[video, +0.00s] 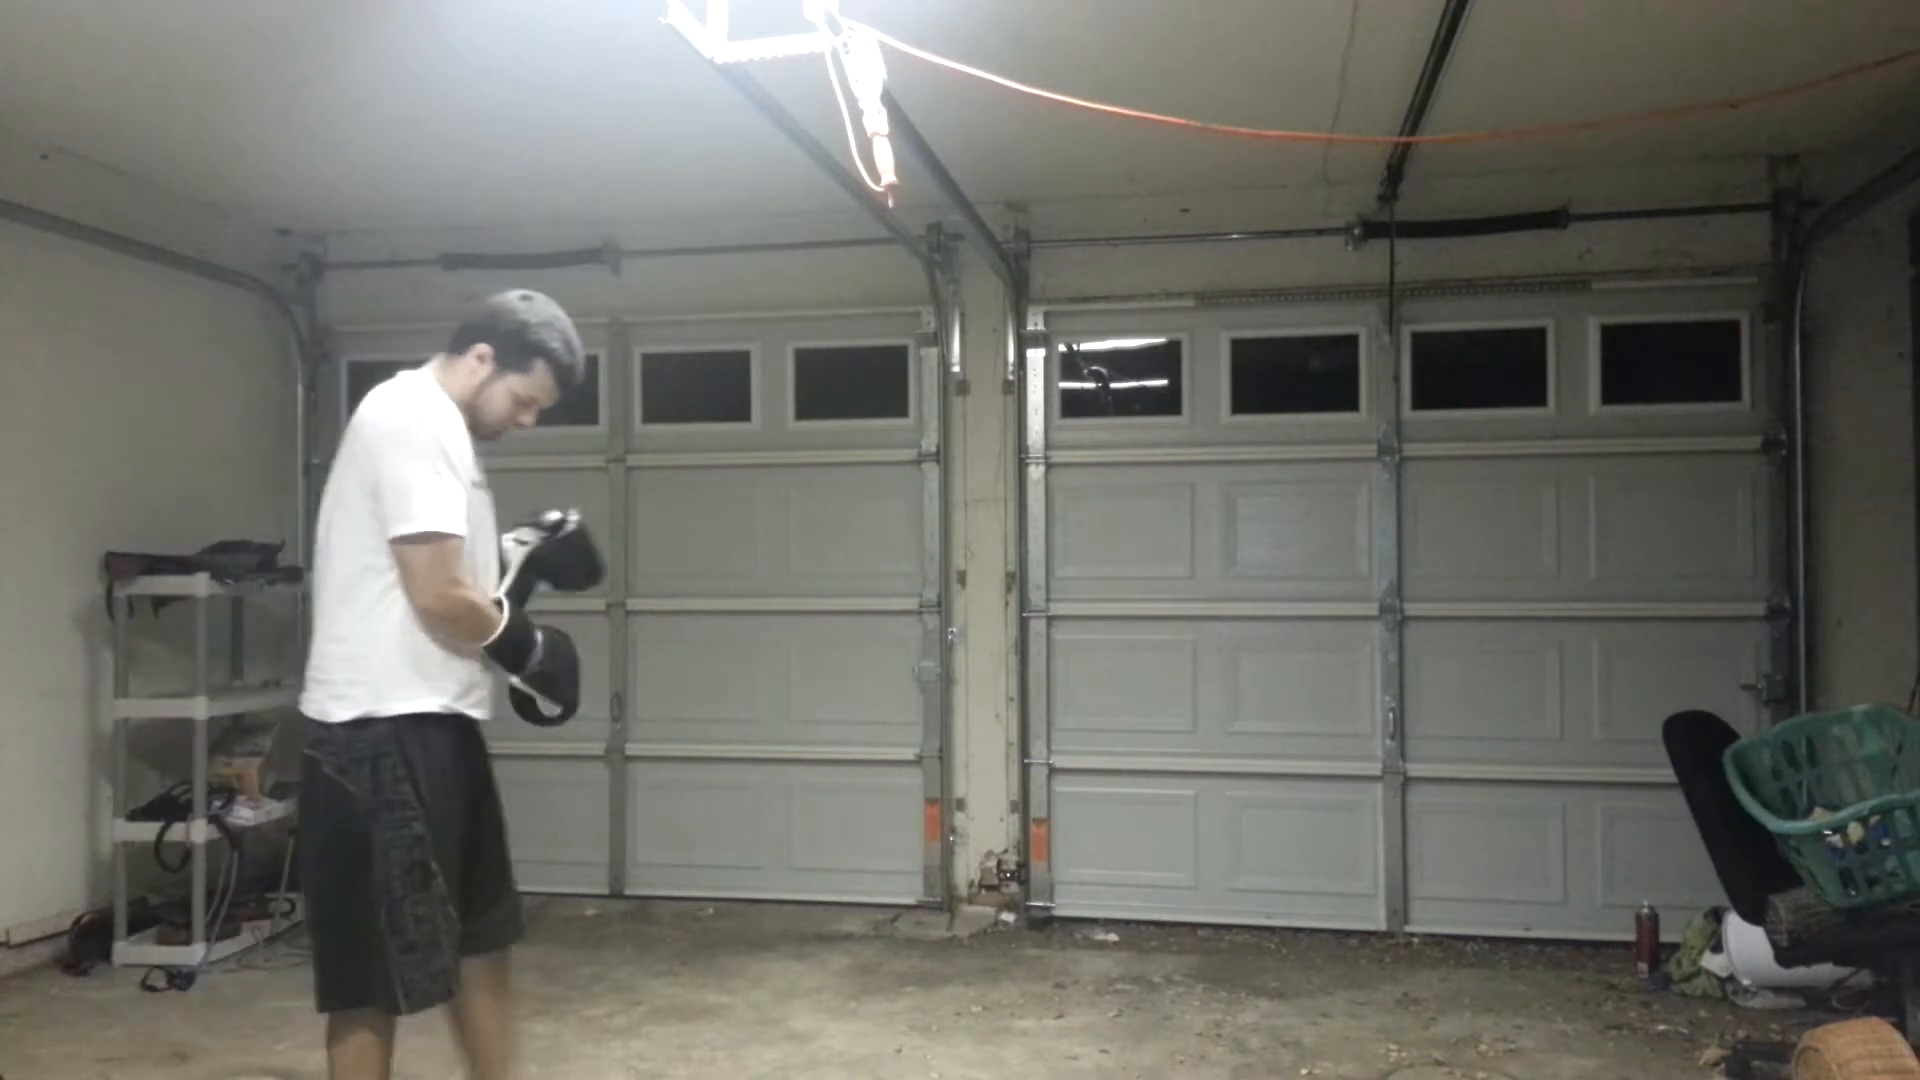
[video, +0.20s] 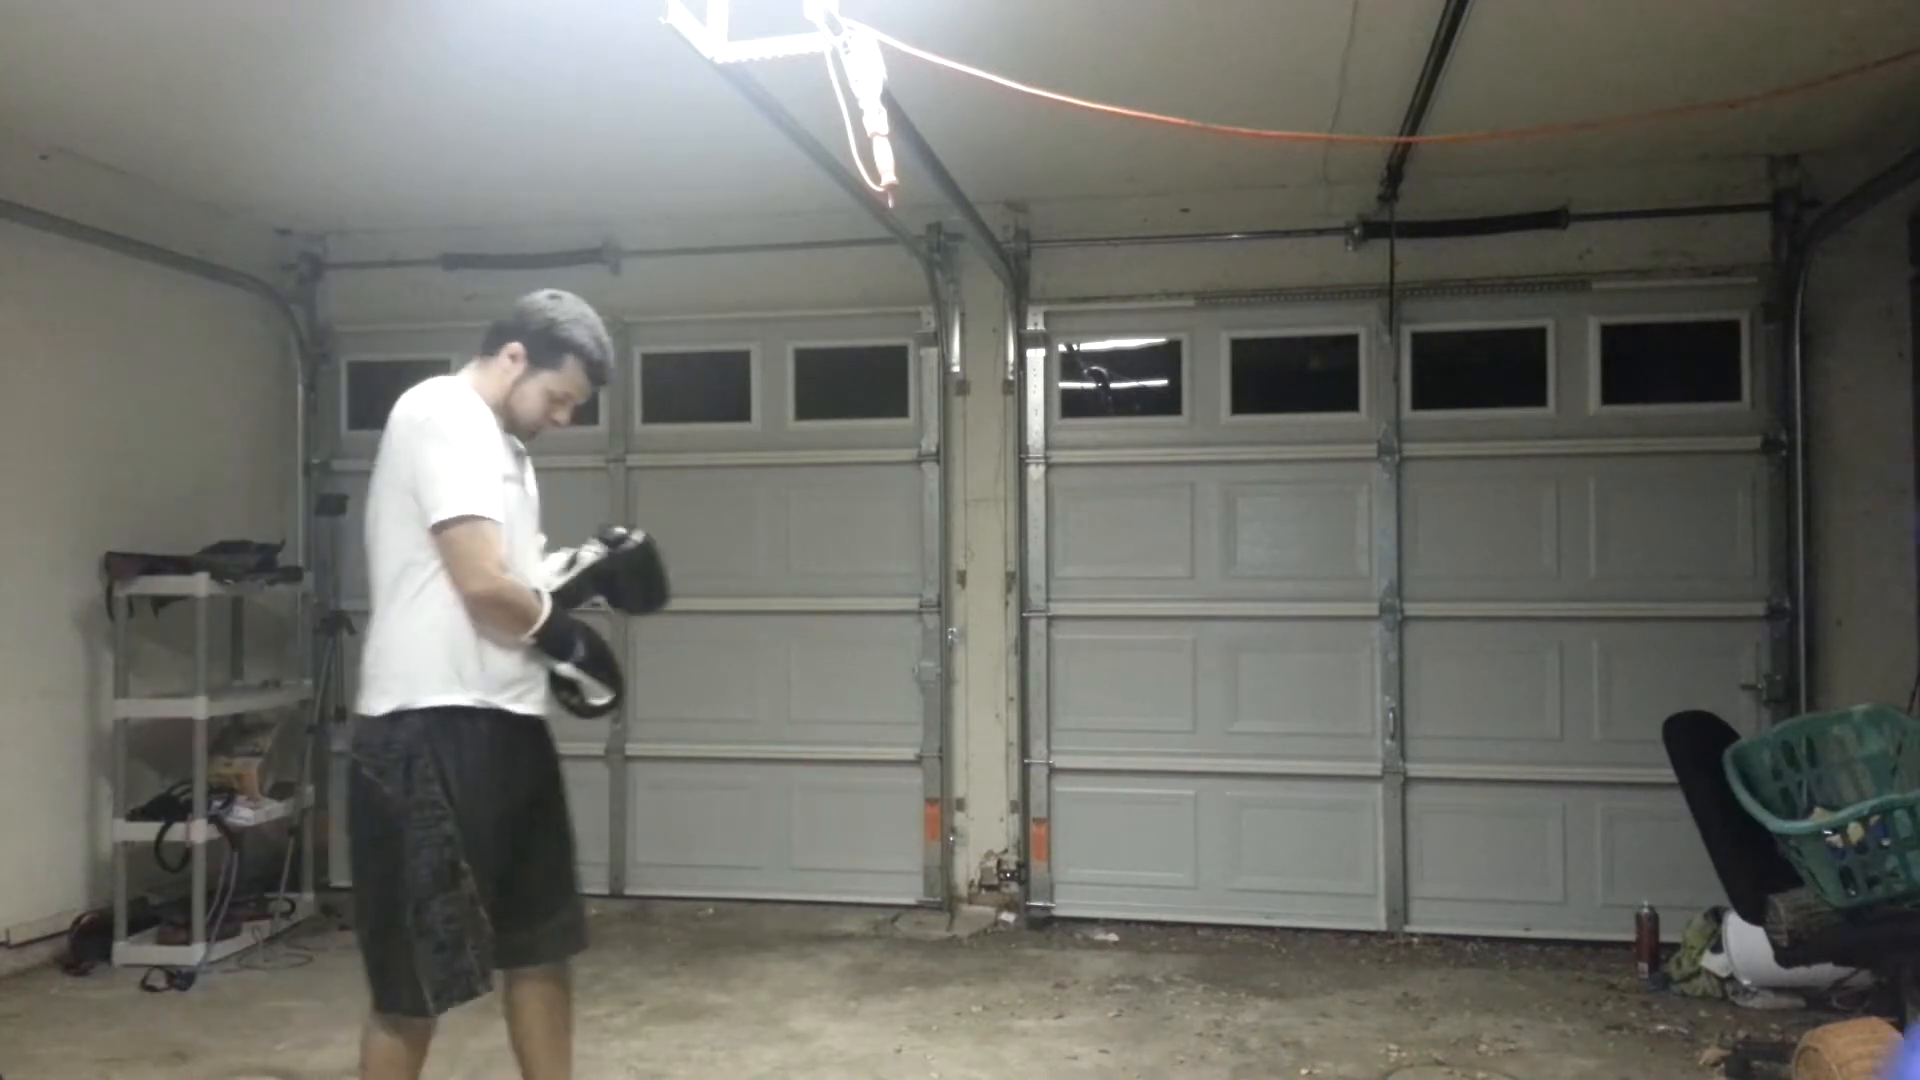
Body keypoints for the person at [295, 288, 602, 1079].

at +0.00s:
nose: (524, 425)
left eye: (535, 413)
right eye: (526, 404)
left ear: (477, 362)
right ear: (481, 359)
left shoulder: (436, 422)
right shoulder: (410, 415)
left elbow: (429, 580)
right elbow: (437, 594)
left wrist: (512, 561)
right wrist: (523, 648)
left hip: (434, 729)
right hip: (378, 734)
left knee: (482, 952)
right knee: (367, 990)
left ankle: (498, 1070)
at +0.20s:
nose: (561, 423)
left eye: (574, 411)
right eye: (558, 400)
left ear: (518, 369)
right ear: (512, 357)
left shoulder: (509, 451)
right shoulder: (440, 415)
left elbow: (522, 573)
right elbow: (481, 585)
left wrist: (593, 570)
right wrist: (562, 637)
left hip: (507, 727)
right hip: (424, 730)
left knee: (539, 954)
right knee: (411, 985)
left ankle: (553, 1074)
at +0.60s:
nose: (628, 401)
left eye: (641, 387)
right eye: (620, 378)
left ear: (648, 379)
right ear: (573, 342)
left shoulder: (628, 438)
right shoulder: (495, 407)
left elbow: (670, 550)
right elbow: (521, 550)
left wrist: (652, 596)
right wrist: (606, 612)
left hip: (597, 709)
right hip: (500, 705)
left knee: (579, 943)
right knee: (507, 942)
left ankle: (562, 1077)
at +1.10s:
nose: (581, 331)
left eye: (595, 311)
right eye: (560, 312)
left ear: (613, 314)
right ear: (514, 316)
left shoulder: (641, 425)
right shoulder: (458, 435)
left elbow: (692, 551)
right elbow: (418, 604)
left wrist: (718, 606)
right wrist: (544, 670)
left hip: (636, 737)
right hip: (512, 749)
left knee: (647, 957)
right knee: (527, 994)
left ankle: (592, 1078)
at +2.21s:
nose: (675, 273)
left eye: (692, 260)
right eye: (652, 252)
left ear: (705, 287)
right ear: (599, 267)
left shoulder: (738, 431)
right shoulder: (503, 396)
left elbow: (780, 603)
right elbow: (410, 565)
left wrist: (727, 575)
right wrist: (518, 560)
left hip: (676, 772)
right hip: (515, 763)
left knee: (673, 1048)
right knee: (462, 1047)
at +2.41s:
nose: (637, 301)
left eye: (655, 282)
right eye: (615, 277)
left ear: (671, 287)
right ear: (555, 275)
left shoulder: (683, 406)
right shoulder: (464, 394)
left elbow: (749, 579)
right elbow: (441, 559)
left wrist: (735, 444)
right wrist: (512, 411)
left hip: (652, 771)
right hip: (495, 769)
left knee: (668, 1052)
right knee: (460, 1055)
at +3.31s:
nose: (609, 332)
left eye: (621, 308)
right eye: (586, 306)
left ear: (634, 300)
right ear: (508, 289)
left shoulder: (652, 408)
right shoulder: (405, 395)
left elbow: (777, 512)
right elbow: (420, 579)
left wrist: (842, 496)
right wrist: (503, 427)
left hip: (615, 794)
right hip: (444, 797)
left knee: (653, 1064)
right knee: (431, 1064)